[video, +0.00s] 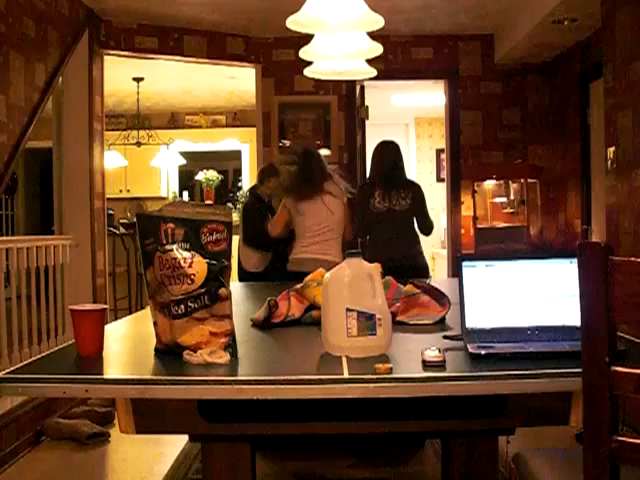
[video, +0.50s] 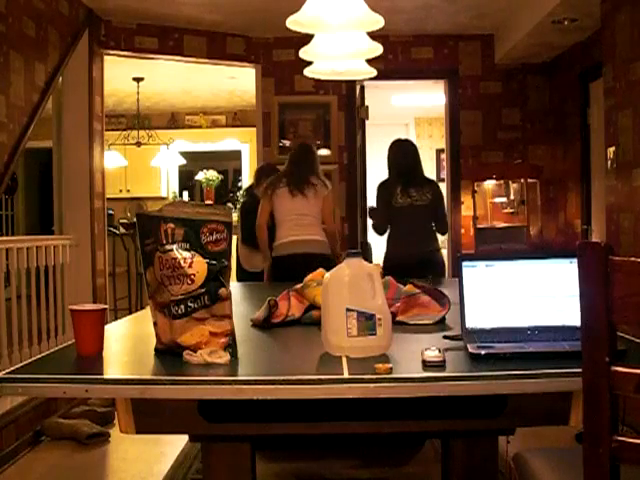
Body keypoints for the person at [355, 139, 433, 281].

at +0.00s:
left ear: (375, 161)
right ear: (400, 160)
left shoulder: (366, 190)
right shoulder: (412, 188)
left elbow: (361, 231)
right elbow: (426, 228)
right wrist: (414, 208)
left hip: (378, 261)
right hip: (410, 260)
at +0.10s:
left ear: (377, 159)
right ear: (402, 160)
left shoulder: (368, 189)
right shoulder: (415, 187)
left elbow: (362, 230)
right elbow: (427, 228)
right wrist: (414, 209)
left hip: (379, 258)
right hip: (412, 258)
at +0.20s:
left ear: (380, 160)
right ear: (406, 160)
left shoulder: (371, 189)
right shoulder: (419, 188)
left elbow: (365, 229)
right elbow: (430, 229)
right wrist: (418, 209)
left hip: (384, 256)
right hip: (414, 256)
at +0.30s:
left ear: (384, 160)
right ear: (409, 159)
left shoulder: (376, 190)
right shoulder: (423, 188)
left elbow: (369, 231)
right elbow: (434, 231)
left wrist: (365, 215)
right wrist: (421, 210)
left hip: (388, 257)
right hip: (418, 256)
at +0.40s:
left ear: (387, 160)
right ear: (413, 158)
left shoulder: (381, 188)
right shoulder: (427, 187)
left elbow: (376, 228)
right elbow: (438, 229)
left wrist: (369, 215)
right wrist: (423, 212)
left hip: (392, 260)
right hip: (424, 259)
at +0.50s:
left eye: (390, 158)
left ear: (391, 160)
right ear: (416, 158)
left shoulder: (386, 187)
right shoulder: (431, 186)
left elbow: (380, 228)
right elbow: (443, 228)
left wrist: (374, 214)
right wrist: (427, 211)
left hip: (398, 259)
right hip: (429, 258)